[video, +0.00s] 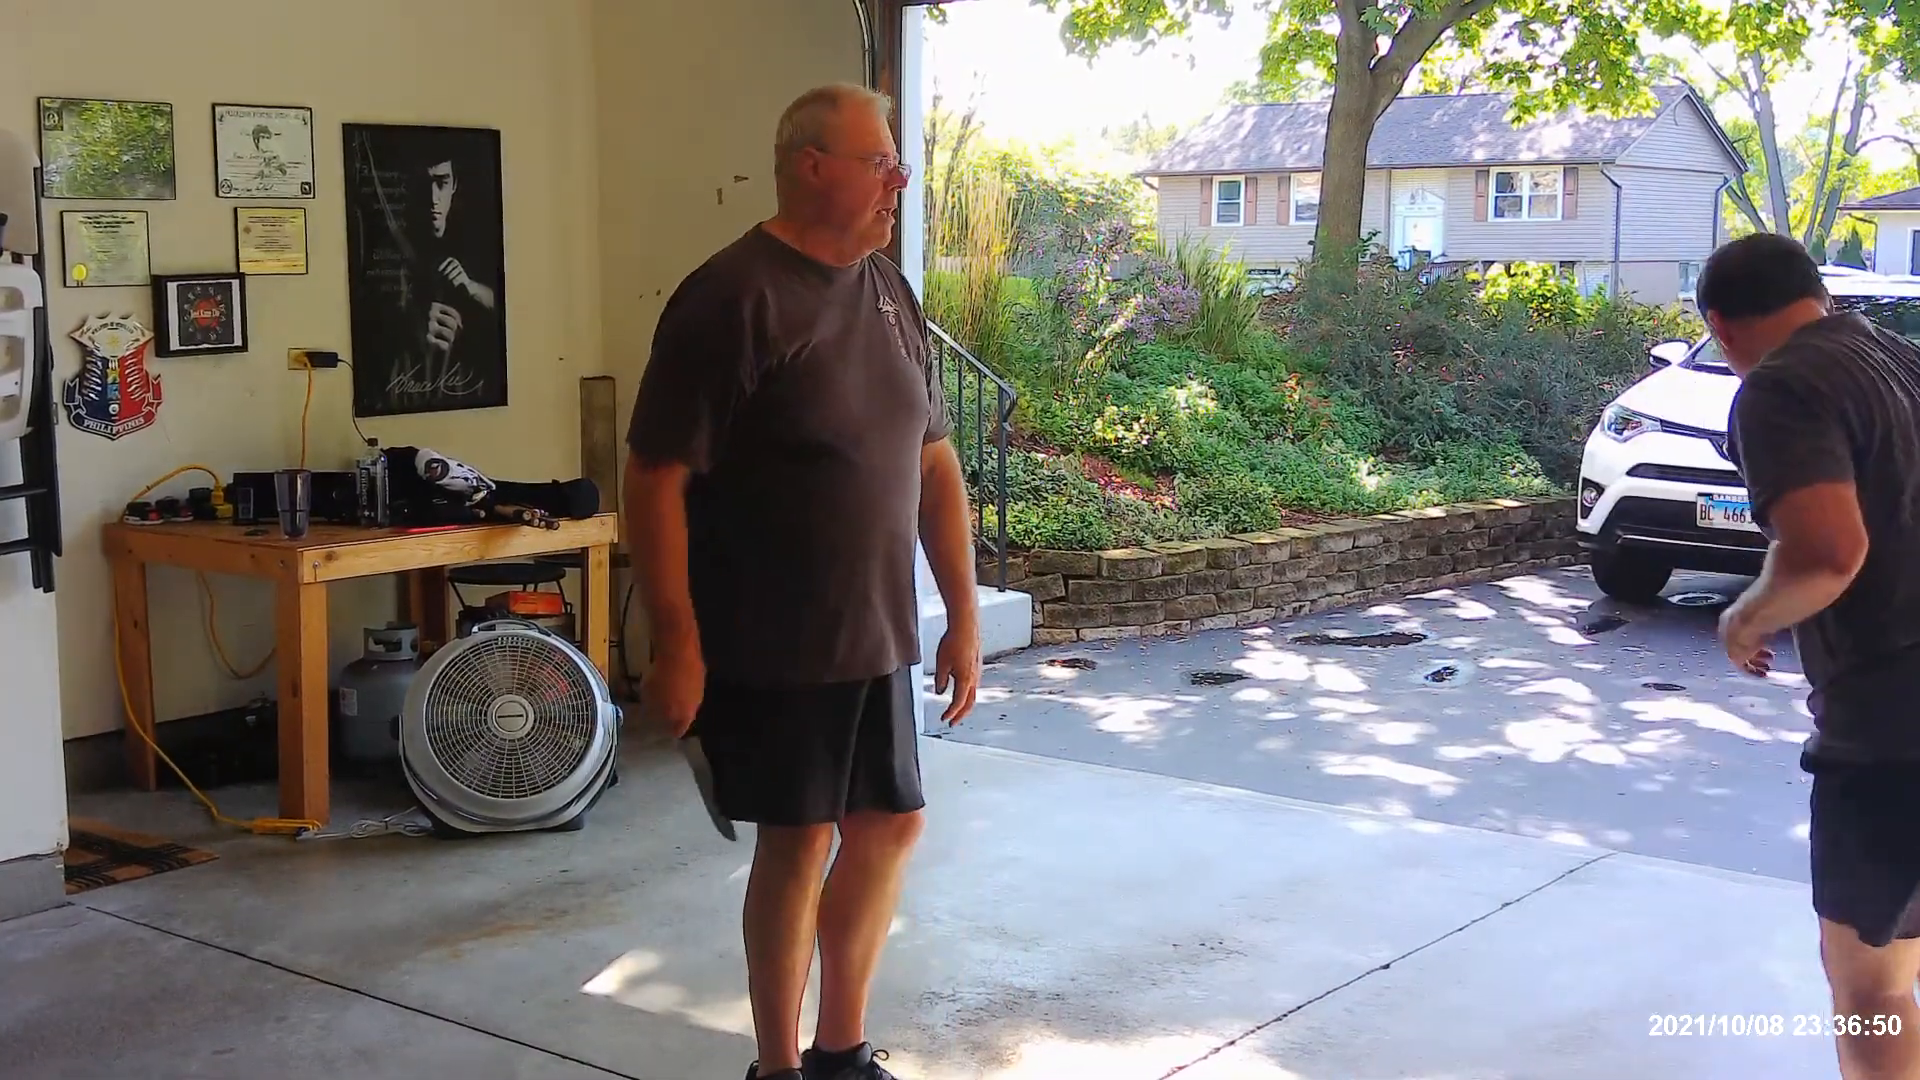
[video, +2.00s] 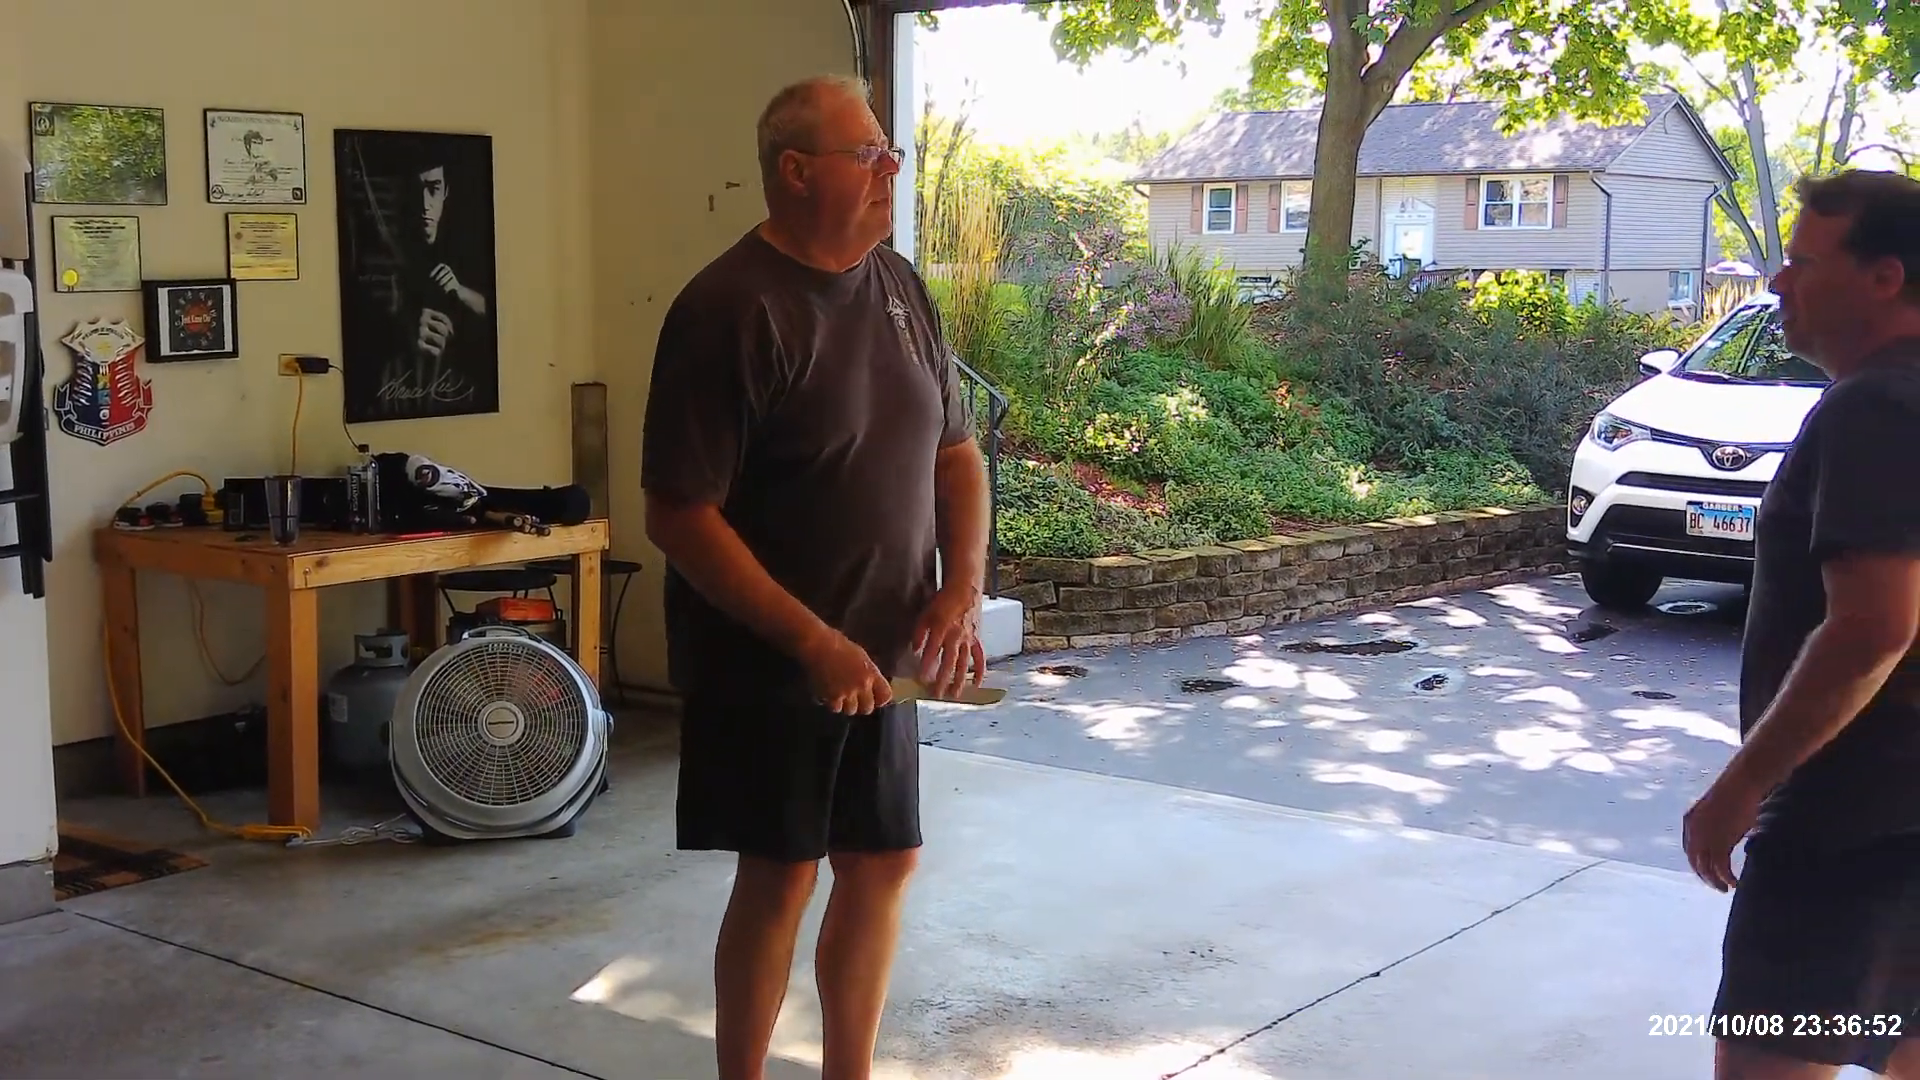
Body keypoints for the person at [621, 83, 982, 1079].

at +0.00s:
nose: (899, 176)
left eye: (897, 159)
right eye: (878, 159)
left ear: (863, 175)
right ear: (808, 170)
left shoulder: (887, 291)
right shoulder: (725, 295)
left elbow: (934, 459)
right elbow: (653, 473)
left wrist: (962, 612)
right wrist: (673, 643)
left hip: (876, 627)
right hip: (772, 636)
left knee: (888, 823)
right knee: (797, 835)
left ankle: (840, 1049)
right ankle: (777, 1063)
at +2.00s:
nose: (893, 167)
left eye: (887, 149)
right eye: (870, 152)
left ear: (819, 172)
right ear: (797, 173)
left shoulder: (895, 284)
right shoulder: (721, 310)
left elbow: (955, 447)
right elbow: (677, 512)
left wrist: (962, 585)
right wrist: (816, 639)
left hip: (881, 644)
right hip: (765, 657)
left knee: (882, 860)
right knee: (778, 872)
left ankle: (850, 1072)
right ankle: (741, 1072)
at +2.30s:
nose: (922, 163)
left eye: (923, 144)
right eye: (896, 144)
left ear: (925, 156)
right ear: (824, 162)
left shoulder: (953, 292)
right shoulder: (750, 300)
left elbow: (1030, 460)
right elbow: (676, 492)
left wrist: (1048, 628)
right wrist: (688, 669)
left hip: (913, 661)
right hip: (788, 665)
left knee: (886, 872)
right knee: (812, 889)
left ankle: (844, 1074)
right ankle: (736, 1069)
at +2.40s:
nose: (932, 167)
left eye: (934, 147)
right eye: (906, 148)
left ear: (939, 160)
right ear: (834, 166)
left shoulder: (968, 296)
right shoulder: (756, 304)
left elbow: (1051, 464)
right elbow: (668, 489)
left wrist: (1103, 639)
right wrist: (623, 656)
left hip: (926, 659)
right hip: (801, 663)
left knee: (900, 882)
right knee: (831, 891)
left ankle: (847, 1073)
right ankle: (769, 1074)